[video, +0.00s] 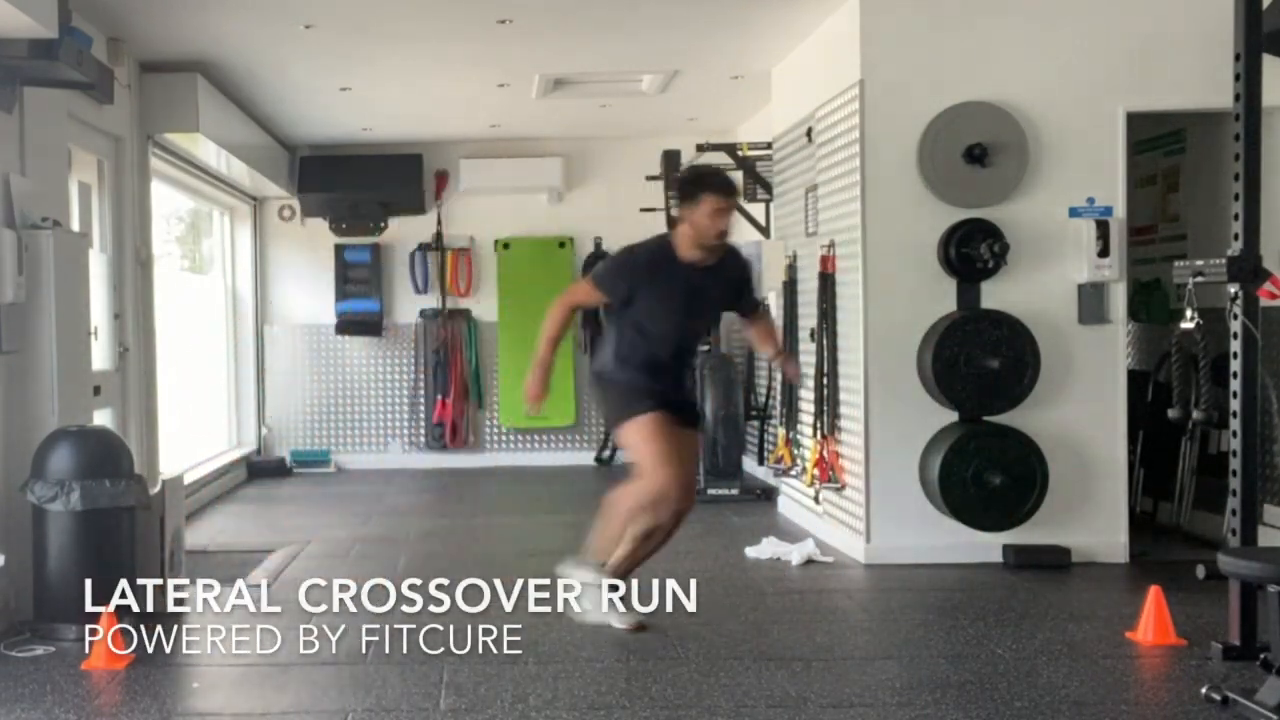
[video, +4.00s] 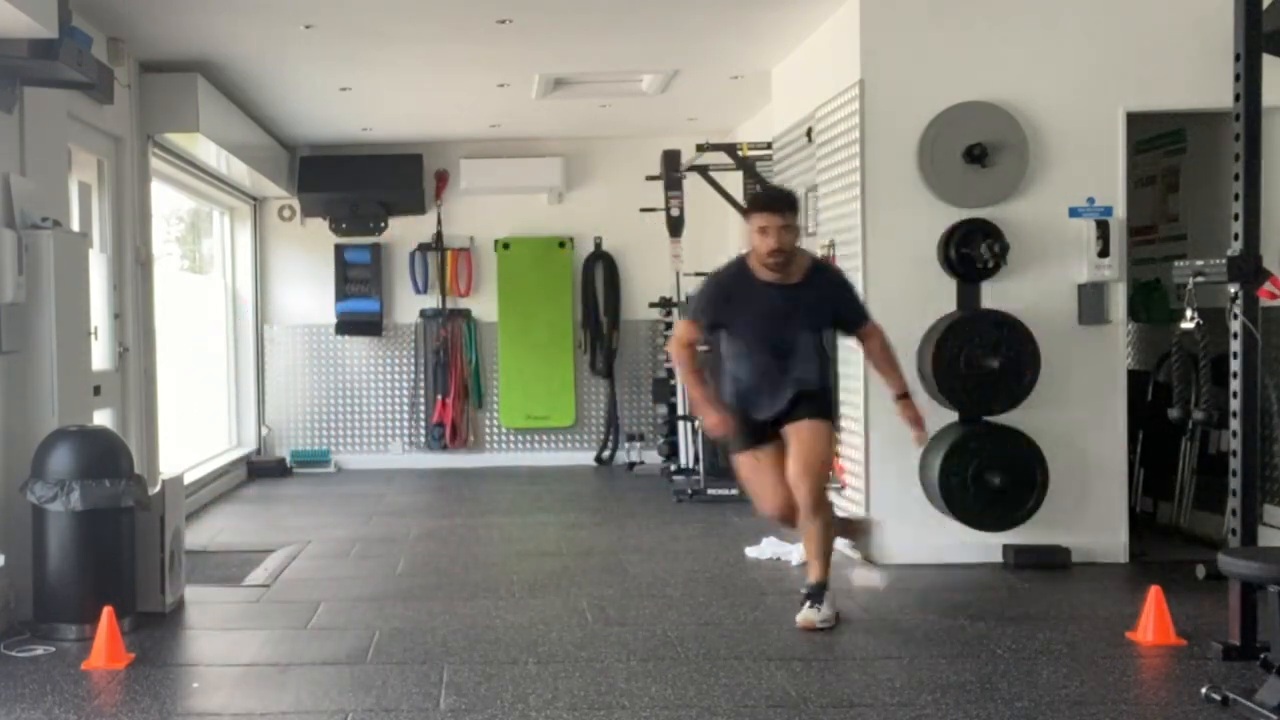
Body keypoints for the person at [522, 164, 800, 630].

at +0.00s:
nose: (726, 224)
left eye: (730, 214)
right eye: (717, 213)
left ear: (730, 215)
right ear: (686, 213)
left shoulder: (729, 268)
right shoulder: (640, 263)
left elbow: (754, 318)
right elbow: (566, 301)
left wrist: (778, 354)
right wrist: (539, 371)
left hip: (676, 386)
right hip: (625, 380)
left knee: (678, 498)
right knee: (659, 479)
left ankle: (608, 582)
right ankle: (585, 566)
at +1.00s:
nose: (838, 247)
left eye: (848, 235)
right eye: (827, 237)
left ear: (863, 234)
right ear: (812, 239)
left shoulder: (889, 276)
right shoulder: (792, 284)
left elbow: (926, 324)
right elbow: (723, 333)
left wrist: (947, 374)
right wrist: (760, 346)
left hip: (877, 383)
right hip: (826, 401)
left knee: (878, 467)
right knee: (891, 493)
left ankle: (885, 569)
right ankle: (976, 561)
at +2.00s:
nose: (280, 289)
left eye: (291, 277)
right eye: (271, 277)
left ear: (309, 277)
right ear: (259, 276)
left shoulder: (342, 329)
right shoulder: (244, 316)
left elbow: (372, 389)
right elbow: (201, 363)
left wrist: (372, 452)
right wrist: (180, 422)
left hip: (316, 423)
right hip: (255, 409)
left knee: (272, 494)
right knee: (202, 492)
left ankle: (266, 573)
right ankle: (170, 596)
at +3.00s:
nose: (820, 211)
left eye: (825, 201)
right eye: (808, 201)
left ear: (833, 204)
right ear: (782, 205)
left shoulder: (843, 261)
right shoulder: (758, 268)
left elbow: (859, 316)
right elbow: (697, 336)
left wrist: (878, 368)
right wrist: (693, 414)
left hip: (817, 388)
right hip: (763, 390)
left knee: (856, 494)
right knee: (829, 484)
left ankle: (766, 533)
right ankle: (830, 601)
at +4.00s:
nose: (774, 243)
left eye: (783, 231)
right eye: (763, 233)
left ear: (796, 230)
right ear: (749, 233)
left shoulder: (823, 280)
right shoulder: (726, 284)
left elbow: (869, 335)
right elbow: (680, 343)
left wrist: (903, 395)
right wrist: (706, 407)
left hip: (806, 398)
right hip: (746, 407)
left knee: (809, 494)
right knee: (777, 507)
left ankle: (816, 594)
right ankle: (849, 528)